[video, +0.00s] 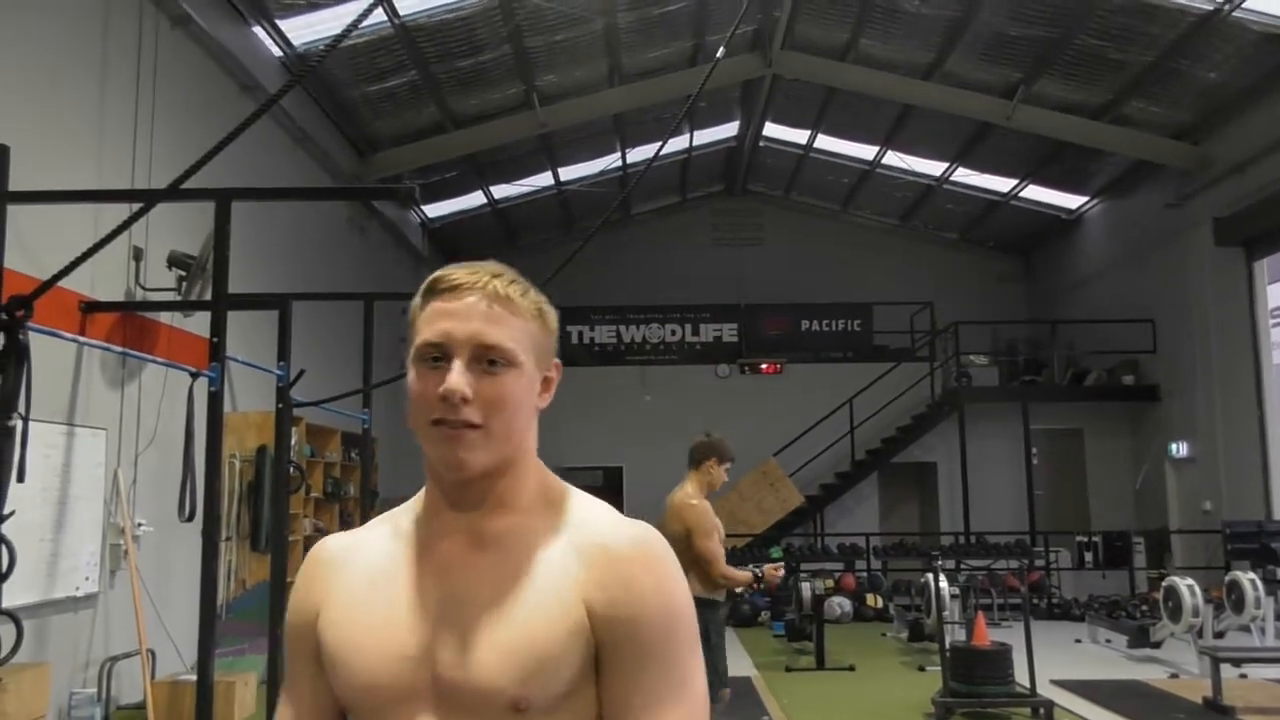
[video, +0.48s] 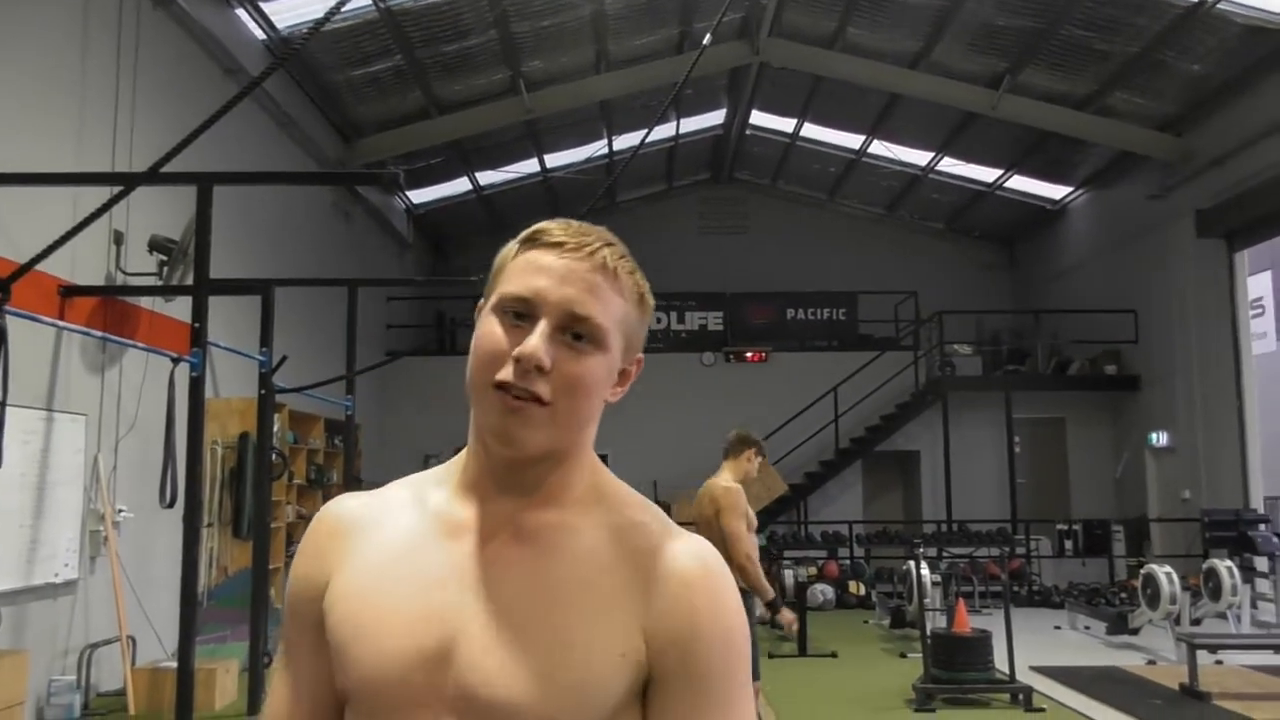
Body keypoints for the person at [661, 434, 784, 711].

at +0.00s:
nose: (727, 478)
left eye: (728, 471)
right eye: (725, 470)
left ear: (707, 466)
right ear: (710, 466)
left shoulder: (679, 500)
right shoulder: (697, 508)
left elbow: (710, 566)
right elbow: (718, 573)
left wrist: (750, 575)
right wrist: (759, 577)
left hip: (692, 602)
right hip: (704, 607)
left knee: (711, 687)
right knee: (715, 692)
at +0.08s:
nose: (732, 479)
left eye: (734, 472)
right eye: (732, 471)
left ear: (712, 464)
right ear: (718, 465)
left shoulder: (679, 499)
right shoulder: (705, 505)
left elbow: (713, 563)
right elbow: (725, 571)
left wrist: (756, 573)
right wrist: (763, 575)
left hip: (691, 602)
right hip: (711, 606)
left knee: (707, 687)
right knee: (728, 691)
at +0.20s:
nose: (738, 478)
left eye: (741, 471)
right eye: (740, 470)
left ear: (716, 458)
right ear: (729, 461)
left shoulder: (684, 494)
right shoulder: (715, 499)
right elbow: (733, 566)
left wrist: (756, 570)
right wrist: (770, 572)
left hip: (696, 597)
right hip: (718, 602)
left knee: (714, 677)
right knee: (740, 683)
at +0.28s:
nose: (743, 475)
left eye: (746, 469)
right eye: (745, 467)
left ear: (719, 456)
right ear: (735, 459)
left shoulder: (689, 491)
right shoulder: (720, 497)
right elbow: (736, 564)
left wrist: (755, 575)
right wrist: (771, 576)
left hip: (699, 594)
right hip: (722, 599)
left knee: (713, 670)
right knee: (742, 676)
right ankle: (748, 713)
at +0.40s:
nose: (751, 473)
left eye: (753, 467)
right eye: (753, 465)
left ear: (725, 455)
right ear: (745, 458)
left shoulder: (697, 492)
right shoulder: (726, 495)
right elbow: (740, 562)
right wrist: (778, 591)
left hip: (702, 590)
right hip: (727, 594)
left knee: (715, 671)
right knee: (748, 679)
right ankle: (751, 713)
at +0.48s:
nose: (756, 471)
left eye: (758, 464)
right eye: (757, 463)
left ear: (733, 455)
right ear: (748, 456)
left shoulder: (706, 490)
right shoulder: (730, 492)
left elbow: (708, 548)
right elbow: (742, 559)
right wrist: (776, 607)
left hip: (715, 592)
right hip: (735, 595)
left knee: (726, 674)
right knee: (750, 683)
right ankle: (751, 714)